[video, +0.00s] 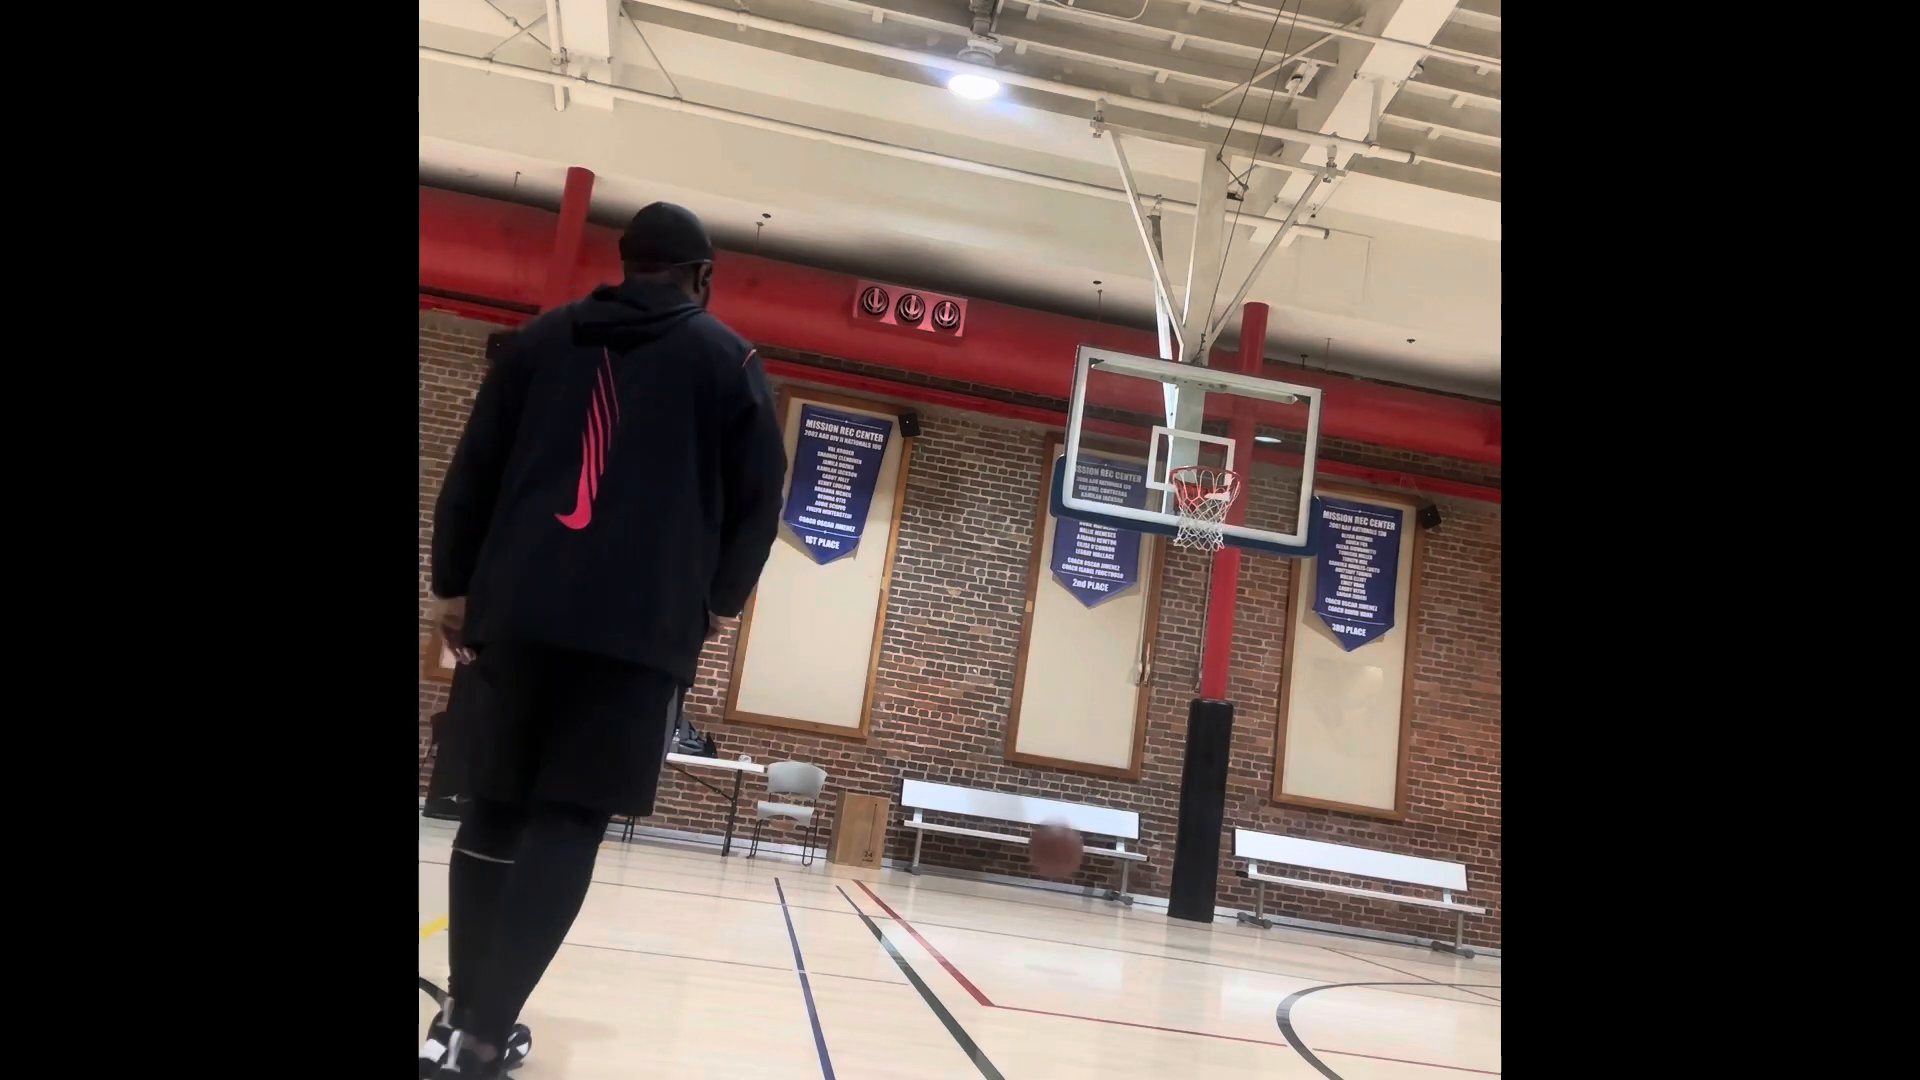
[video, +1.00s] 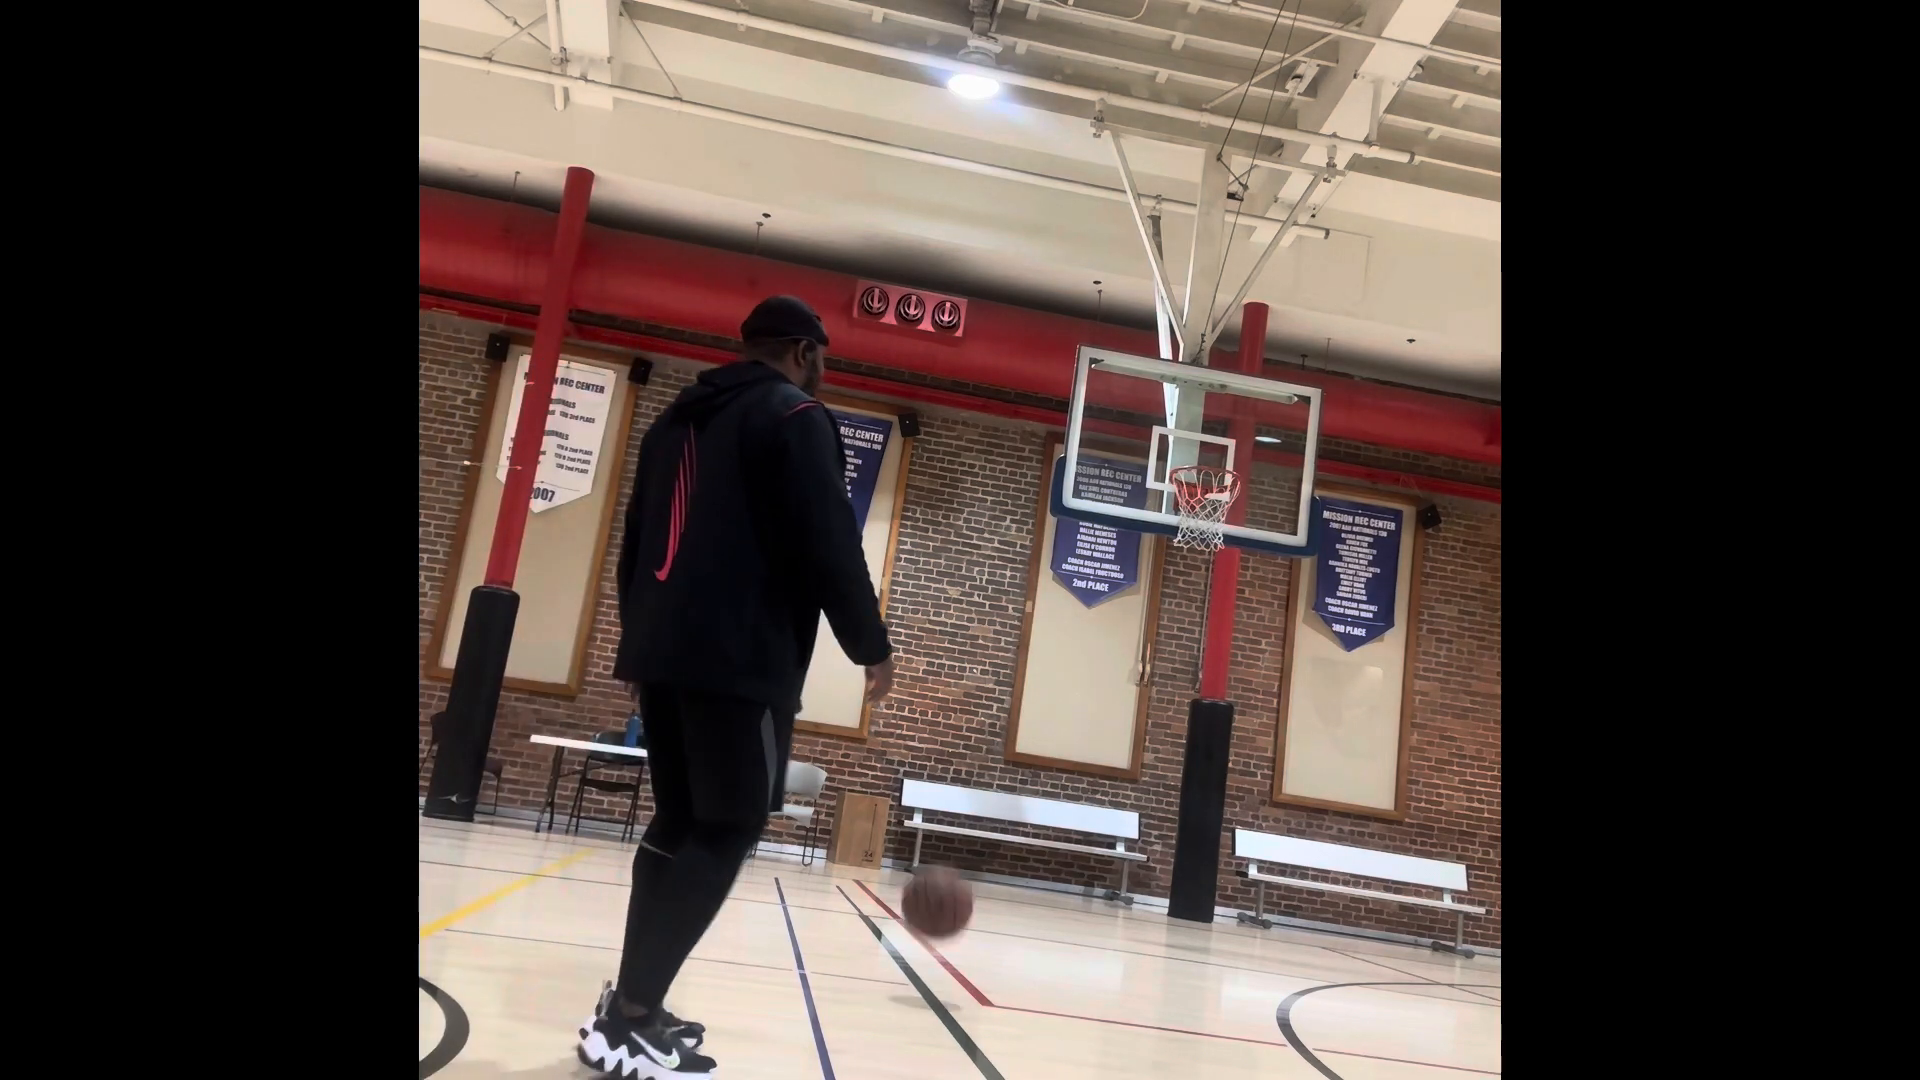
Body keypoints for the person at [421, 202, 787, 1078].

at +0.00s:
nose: (710, 289)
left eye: (703, 277)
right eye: (710, 277)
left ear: (625, 263)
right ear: (699, 274)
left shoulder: (541, 338)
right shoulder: (726, 361)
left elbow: (474, 468)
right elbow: (760, 493)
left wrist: (451, 591)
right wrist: (721, 598)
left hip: (515, 617)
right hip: (636, 638)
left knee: (491, 810)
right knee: (568, 824)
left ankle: (473, 1012)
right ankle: (480, 1035)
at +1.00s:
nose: (822, 376)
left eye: (822, 365)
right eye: (822, 363)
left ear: (747, 349)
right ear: (801, 354)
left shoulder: (681, 415)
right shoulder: (797, 417)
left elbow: (638, 536)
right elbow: (830, 538)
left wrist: (637, 643)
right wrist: (872, 645)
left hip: (662, 654)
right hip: (739, 665)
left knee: (676, 821)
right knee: (730, 828)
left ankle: (635, 1002)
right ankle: (629, 1019)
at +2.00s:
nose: (792, 358)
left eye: (785, 345)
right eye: (791, 346)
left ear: (712, 331)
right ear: (779, 339)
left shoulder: (639, 398)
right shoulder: (787, 381)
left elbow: (608, 525)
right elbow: (815, 511)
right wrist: (819, 633)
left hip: (604, 637)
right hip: (723, 647)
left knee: (581, 822)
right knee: (716, 839)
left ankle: (495, 1038)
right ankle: (728, 1034)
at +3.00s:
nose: (920, 296)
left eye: (926, 285)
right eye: (921, 276)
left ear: (836, 225)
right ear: (890, 239)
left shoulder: (730, 280)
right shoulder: (861, 273)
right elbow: (876, 415)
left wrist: (794, 613)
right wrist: (935, 589)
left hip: (546, 541)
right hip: (684, 564)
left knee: (503, 815)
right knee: (687, 851)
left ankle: (416, 1021)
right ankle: (617, 1068)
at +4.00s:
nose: (669, 277)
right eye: (670, 266)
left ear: (570, 243)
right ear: (659, 263)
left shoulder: (478, 308)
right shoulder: (696, 337)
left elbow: (425, 425)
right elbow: (728, 497)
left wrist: (454, 523)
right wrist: (653, 567)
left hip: (443, 571)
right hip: (601, 586)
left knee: (429, 819)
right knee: (611, 831)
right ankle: (614, 1057)